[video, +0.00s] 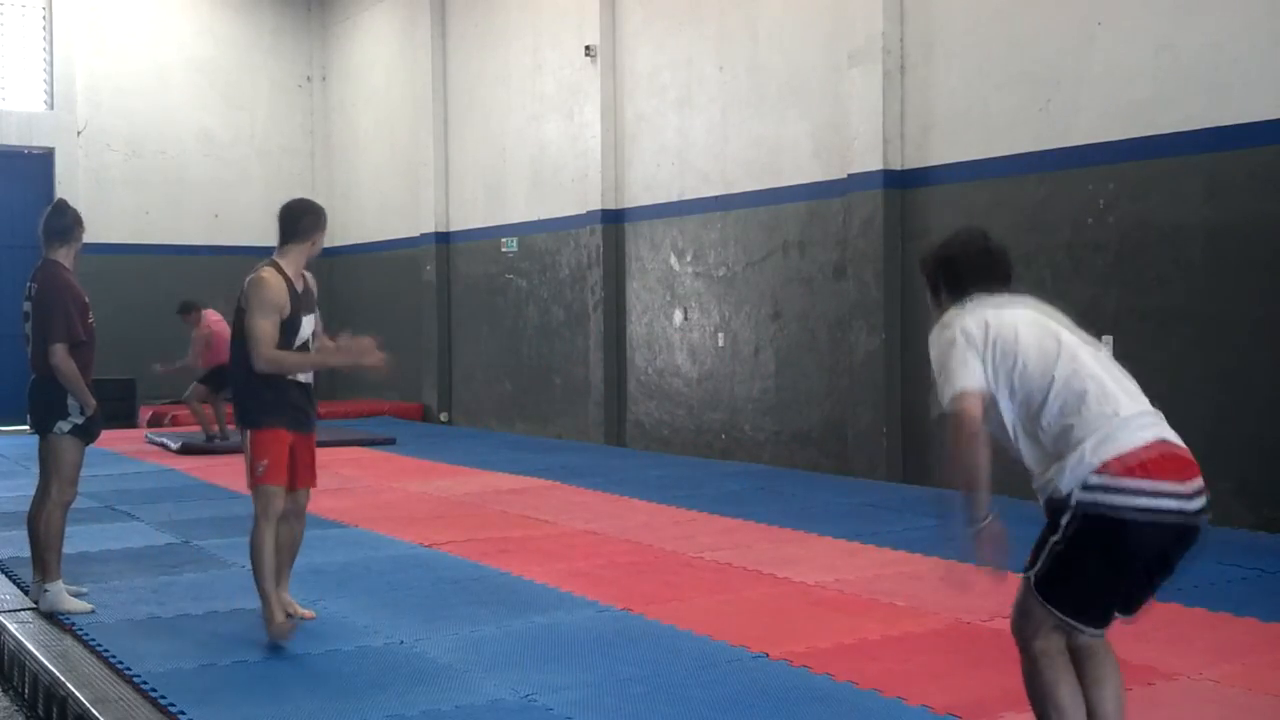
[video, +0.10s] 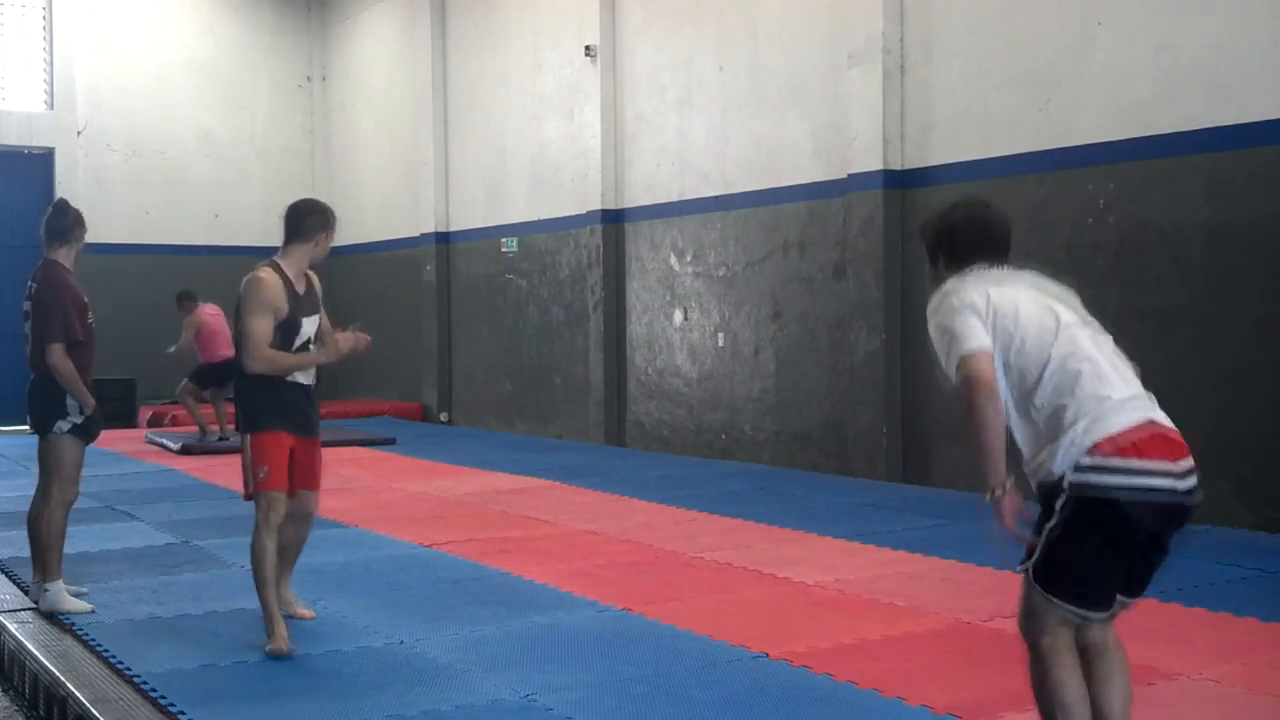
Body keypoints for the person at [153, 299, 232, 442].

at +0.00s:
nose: (185, 322)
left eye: (186, 318)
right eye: (184, 319)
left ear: (193, 313)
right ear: (197, 311)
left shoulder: (201, 330)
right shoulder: (212, 314)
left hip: (219, 368)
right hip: (231, 364)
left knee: (190, 398)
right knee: (215, 398)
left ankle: (210, 435)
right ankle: (224, 433)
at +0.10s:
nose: (181, 312)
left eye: (181, 308)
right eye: (180, 308)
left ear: (185, 304)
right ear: (195, 300)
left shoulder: (193, 318)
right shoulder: (215, 309)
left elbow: (185, 344)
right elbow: (229, 332)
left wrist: (172, 350)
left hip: (213, 365)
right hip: (231, 361)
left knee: (182, 393)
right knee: (216, 396)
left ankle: (204, 430)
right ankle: (224, 433)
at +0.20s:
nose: (181, 298)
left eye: (181, 295)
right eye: (181, 295)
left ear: (185, 292)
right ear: (196, 289)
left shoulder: (188, 306)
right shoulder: (221, 303)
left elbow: (181, 334)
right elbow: (232, 325)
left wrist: (179, 344)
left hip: (201, 354)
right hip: (222, 354)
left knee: (176, 385)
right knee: (211, 393)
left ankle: (195, 416)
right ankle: (222, 432)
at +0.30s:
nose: (182, 289)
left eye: (182, 286)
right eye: (182, 286)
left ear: (186, 284)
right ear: (199, 283)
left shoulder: (185, 299)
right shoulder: (219, 298)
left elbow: (178, 326)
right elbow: (232, 318)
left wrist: (179, 337)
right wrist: (229, 340)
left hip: (191, 350)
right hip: (213, 351)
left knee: (170, 384)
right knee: (211, 391)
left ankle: (185, 420)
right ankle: (220, 430)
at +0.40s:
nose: (181, 285)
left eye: (181, 283)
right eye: (182, 283)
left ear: (184, 282)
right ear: (198, 282)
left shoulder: (179, 298)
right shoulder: (213, 298)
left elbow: (169, 322)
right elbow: (229, 317)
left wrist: (168, 337)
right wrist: (230, 338)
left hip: (183, 351)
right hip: (206, 352)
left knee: (171, 390)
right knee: (211, 391)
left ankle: (167, 428)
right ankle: (220, 431)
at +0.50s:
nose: (180, 288)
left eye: (180, 285)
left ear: (181, 285)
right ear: (196, 285)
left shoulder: (172, 302)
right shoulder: (208, 302)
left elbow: (158, 324)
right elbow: (221, 324)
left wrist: (157, 341)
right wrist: (224, 341)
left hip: (178, 355)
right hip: (202, 355)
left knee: (169, 396)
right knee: (209, 393)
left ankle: (162, 433)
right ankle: (218, 431)